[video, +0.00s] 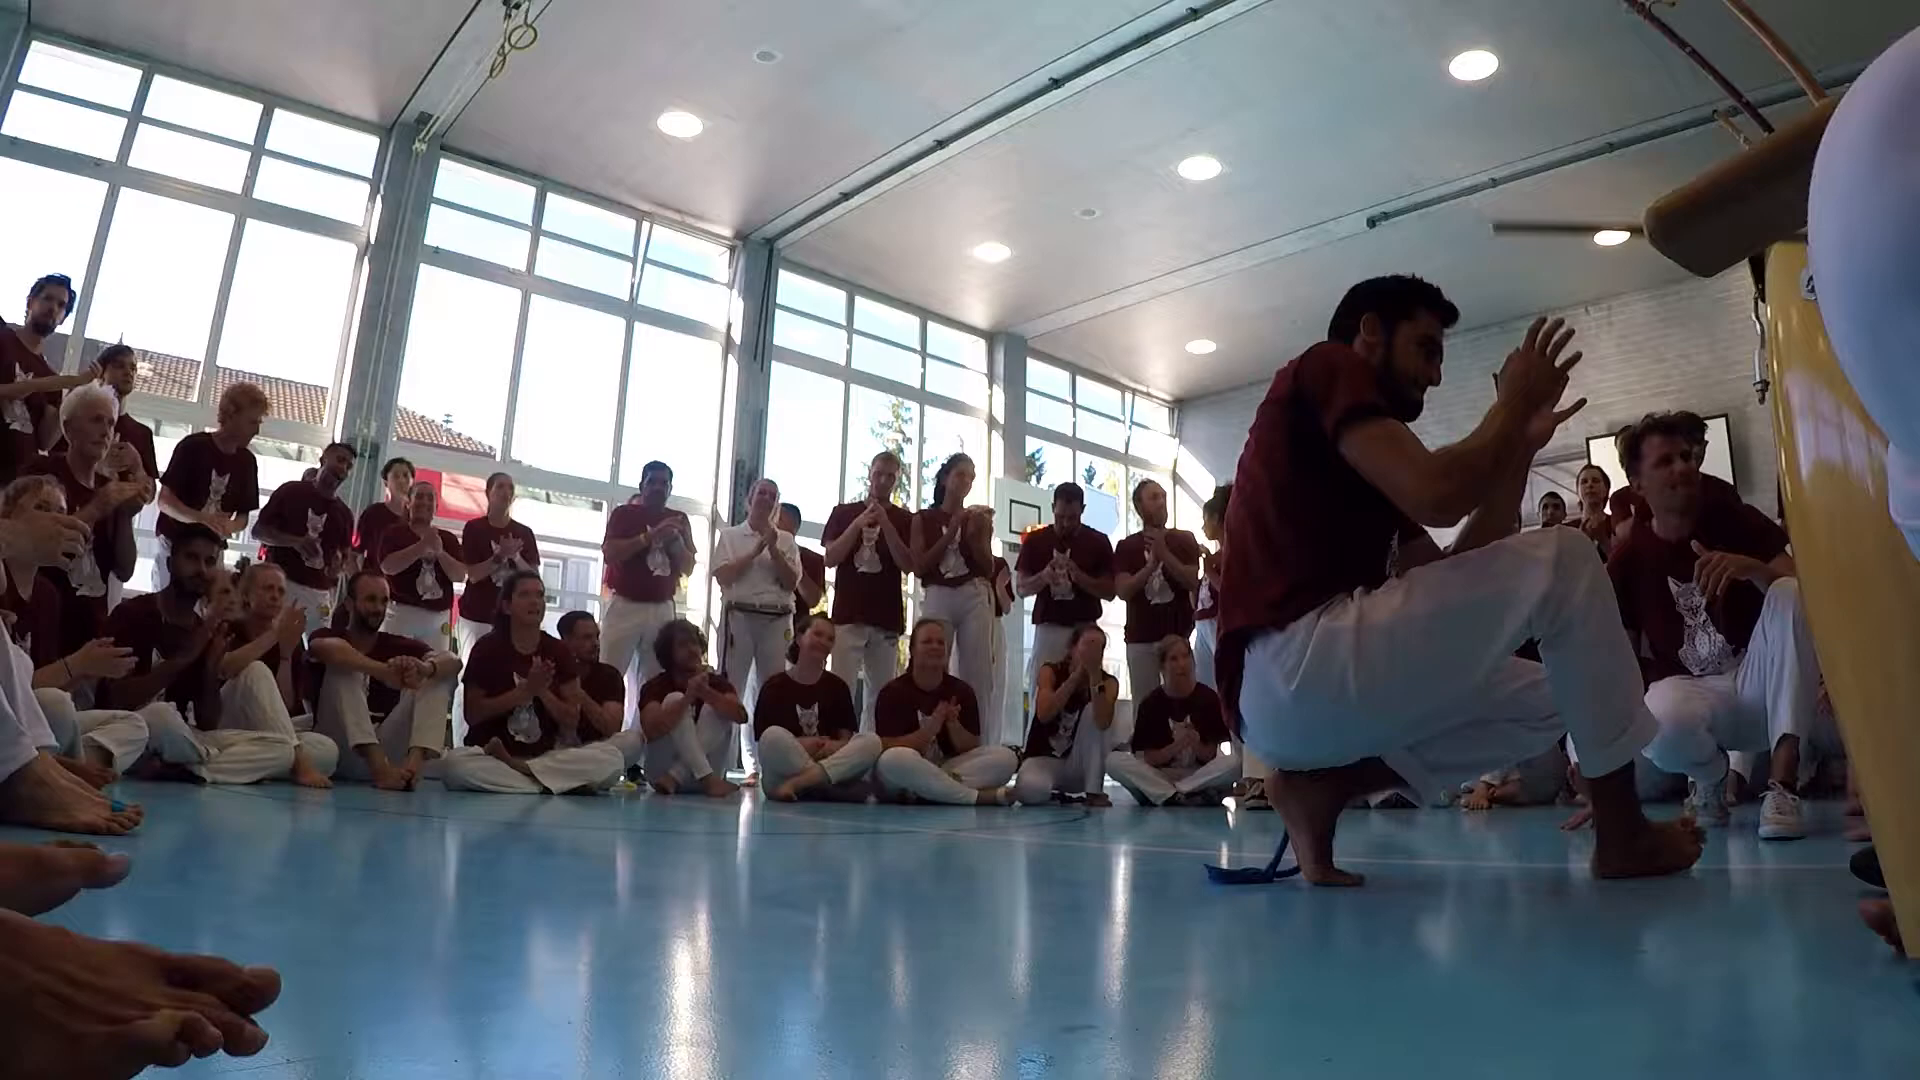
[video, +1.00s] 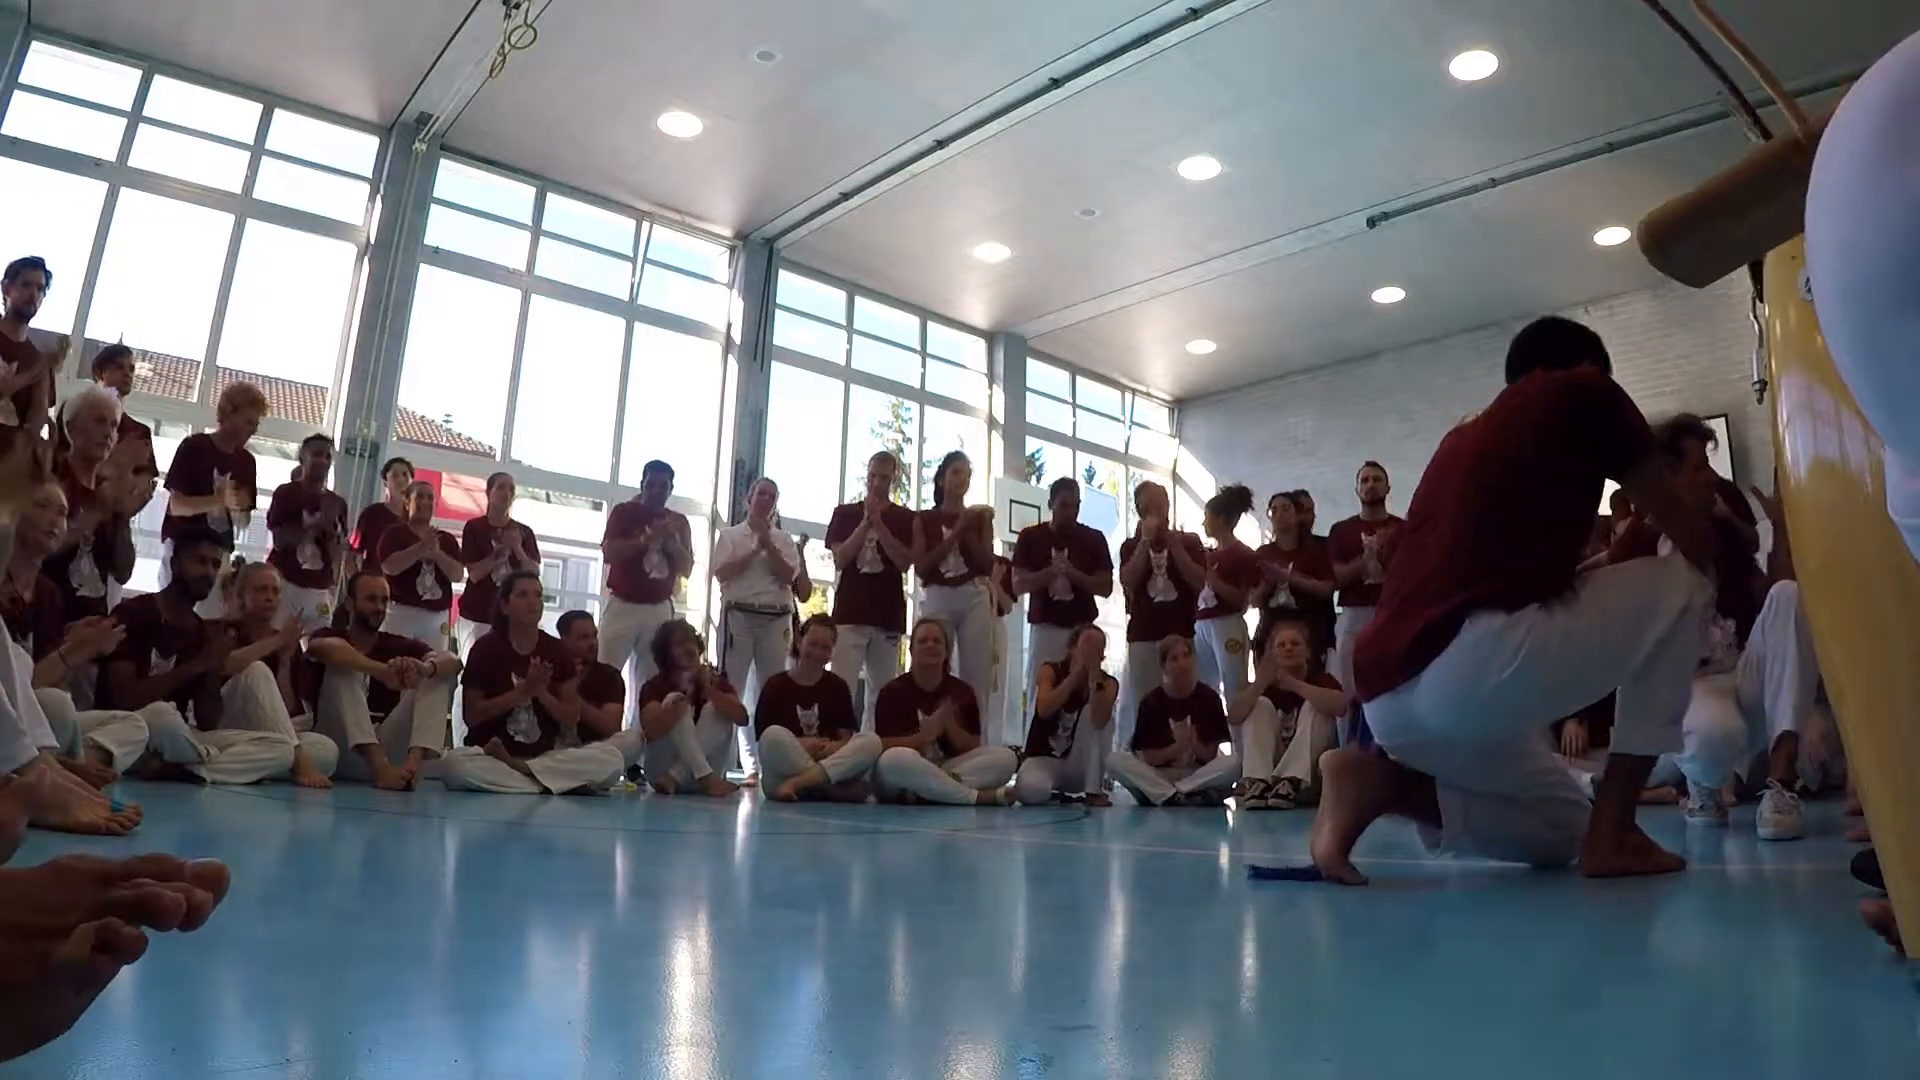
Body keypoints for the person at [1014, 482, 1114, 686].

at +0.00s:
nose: (1066, 523)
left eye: (1072, 518)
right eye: (1061, 517)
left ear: (1082, 511)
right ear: (1053, 509)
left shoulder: (1098, 541)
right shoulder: (1035, 540)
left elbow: (1109, 591)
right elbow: (1021, 588)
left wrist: (1078, 576)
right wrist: (1045, 576)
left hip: (1085, 629)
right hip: (1049, 629)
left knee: (1083, 699)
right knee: (1042, 697)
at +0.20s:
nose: (1065, 524)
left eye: (1071, 518)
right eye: (1060, 517)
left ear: (1080, 512)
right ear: (1052, 510)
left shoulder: (1097, 541)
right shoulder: (1034, 540)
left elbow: (1108, 591)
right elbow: (1020, 590)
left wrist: (1081, 579)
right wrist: (1043, 577)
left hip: (1084, 628)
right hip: (1048, 628)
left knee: (1081, 698)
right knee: (1042, 694)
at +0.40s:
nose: (1064, 527)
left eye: (1070, 521)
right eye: (1058, 521)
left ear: (1079, 513)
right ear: (1050, 512)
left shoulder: (1095, 541)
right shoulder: (1032, 539)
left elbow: (1108, 589)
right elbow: (1019, 587)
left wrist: (1076, 573)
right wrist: (1043, 576)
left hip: (1082, 628)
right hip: (1046, 628)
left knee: (1080, 698)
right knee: (1040, 695)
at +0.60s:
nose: (1063, 528)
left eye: (1069, 522)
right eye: (1057, 522)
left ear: (1077, 514)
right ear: (1049, 513)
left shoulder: (1093, 540)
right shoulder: (1030, 538)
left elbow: (1106, 589)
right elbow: (1016, 586)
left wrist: (1083, 576)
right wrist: (1040, 578)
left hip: (1082, 628)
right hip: (1046, 628)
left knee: (1082, 696)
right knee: (1042, 695)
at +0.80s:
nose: (1070, 517)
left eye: (1073, 511)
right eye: (1065, 511)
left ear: (1078, 508)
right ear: (1051, 508)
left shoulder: (1093, 538)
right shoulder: (1031, 537)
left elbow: (1105, 588)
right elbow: (1018, 585)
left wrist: (1077, 577)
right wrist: (1047, 576)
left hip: (1083, 628)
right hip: (1046, 627)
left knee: (1083, 695)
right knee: (1041, 693)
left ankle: (1081, 755)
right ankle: (1038, 754)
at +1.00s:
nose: (1069, 510)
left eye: (1073, 504)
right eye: (1063, 504)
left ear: (1079, 505)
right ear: (1051, 504)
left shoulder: (1094, 538)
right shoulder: (1030, 536)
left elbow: (1105, 588)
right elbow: (1018, 584)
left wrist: (1070, 572)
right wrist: (1051, 573)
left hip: (1082, 629)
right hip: (1045, 627)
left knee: (1082, 698)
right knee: (1041, 696)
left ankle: (1078, 762)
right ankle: (1037, 760)